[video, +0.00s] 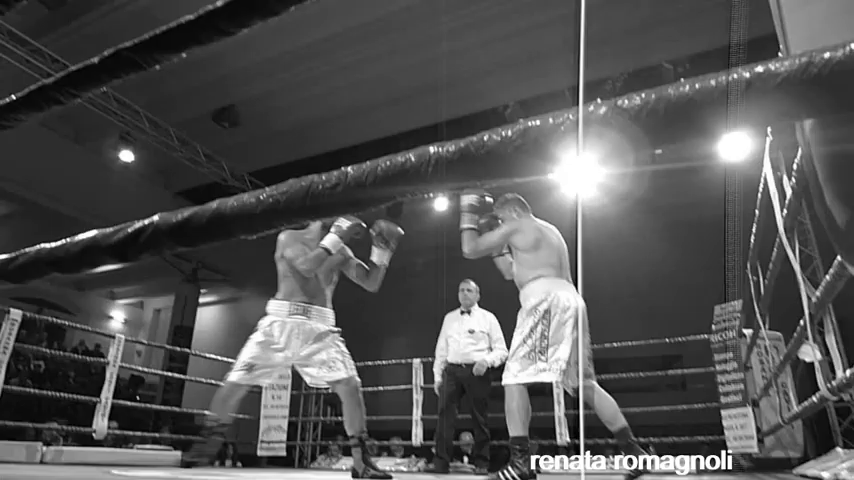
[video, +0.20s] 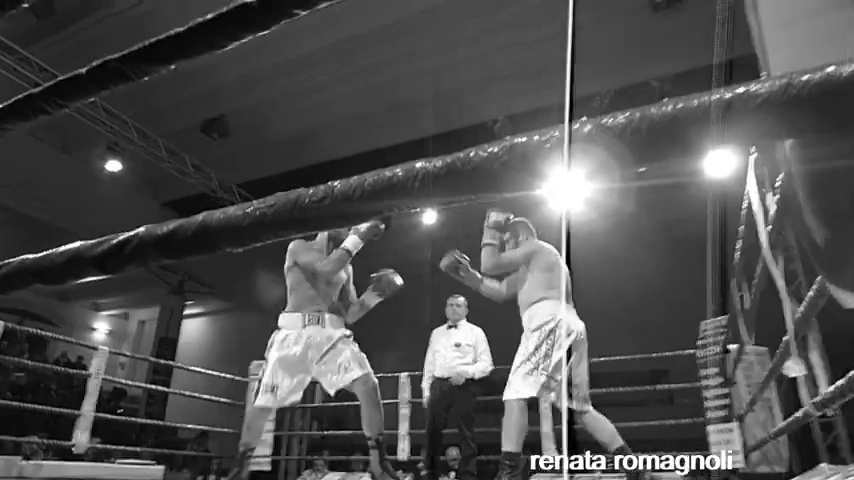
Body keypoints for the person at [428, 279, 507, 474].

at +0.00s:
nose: (465, 294)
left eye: (469, 291)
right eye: (462, 291)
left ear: (478, 295)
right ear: (458, 295)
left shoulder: (488, 318)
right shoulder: (450, 318)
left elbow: (502, 349)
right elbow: (441, 350)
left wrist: (487, 361)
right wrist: (438, 376)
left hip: (477, 369)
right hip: (452, 370)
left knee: (479, 417)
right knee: (445, 413)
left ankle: (481, 462)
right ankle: (441, 460)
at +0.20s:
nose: (454, 309)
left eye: (458, 306)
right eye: (450, 305)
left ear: (466, 311)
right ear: (445, 309)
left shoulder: (475, 332)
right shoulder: (437, 333)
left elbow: (486, 364)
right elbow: (429, 365)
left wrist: (466, 372)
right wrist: (426, 392)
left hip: (464, 384)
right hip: (439, 383)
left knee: (465, 430)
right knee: (433, 429)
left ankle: (468, 471)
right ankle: (431, 470)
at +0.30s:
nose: (442, 297)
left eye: (443, 293)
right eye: (437, 293)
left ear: (444, 296)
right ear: (428, 296)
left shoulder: (453, 319)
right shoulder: (416, 321)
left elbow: (466, 352)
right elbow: (408, 352)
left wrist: (450, 360)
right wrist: (407, 381)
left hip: (447, 372)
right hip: (421, 372)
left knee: (444, 417)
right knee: (417, 418)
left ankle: (453, 461)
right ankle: (416, 460)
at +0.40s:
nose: (422, 281)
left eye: (426, 278)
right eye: (419, 277)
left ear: (433, 282)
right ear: (413, 280)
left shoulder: (441, 304)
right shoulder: (403, 304)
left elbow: (450, 334)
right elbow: (395, 335)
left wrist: (434, 342)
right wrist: (393, 361)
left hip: (431, 352)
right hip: (407, 352)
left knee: (432, 397)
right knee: (404, 398)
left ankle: (435, 442)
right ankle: (404, 441)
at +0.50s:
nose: (393, 273)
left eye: (397, 270)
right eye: (390, 269)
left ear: (401, 274)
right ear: (383, 272)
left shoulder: (410, 296)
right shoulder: (371, 295)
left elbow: (420, 325)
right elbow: (362, 325)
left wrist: (407, 335)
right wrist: (361, 350)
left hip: (401, 344)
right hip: (376, 344)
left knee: (403, 389)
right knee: (375, 389)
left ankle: (405, 432)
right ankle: (374, 431)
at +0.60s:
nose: (388, 279)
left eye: (391, 276)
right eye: (384, 275)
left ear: (396, 280)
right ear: (377, 278)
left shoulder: (404, 303)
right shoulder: (364, 302)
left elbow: (414, 330)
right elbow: (354, 332)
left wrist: (404, 342)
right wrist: (353, 357)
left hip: (396, 351)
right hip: (371, 351)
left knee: (399, 395)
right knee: (370, 396)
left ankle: (401, 439)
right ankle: (369, 440)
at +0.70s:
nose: (410, 297)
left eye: (412, 294)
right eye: (406, 293)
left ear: (416, 298)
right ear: (396, 296)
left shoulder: (423, 320)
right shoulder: (384, 319)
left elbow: (433, 345)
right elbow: (373, 349)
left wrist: (429, 361)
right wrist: (372, 376)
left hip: (419, 369)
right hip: (393, 369)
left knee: (424, 412)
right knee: (392, 413)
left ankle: (426, 456)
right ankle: (390, 456)